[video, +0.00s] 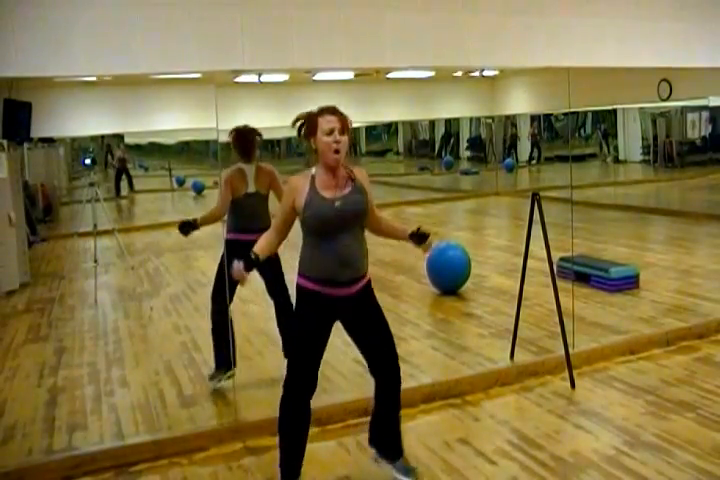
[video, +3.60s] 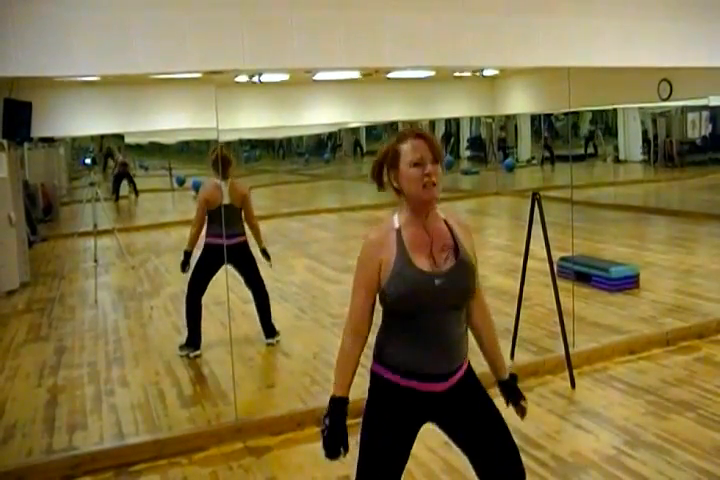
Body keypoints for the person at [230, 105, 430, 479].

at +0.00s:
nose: (337, 139)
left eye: (341, 132)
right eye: (329, 133)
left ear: (348, 138)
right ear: (313, 141)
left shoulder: (358, 177)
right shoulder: (299, 186)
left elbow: (373, 222)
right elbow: (277, 232)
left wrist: (411, 234)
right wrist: (251, 258)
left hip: (358, 293)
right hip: (315, 296)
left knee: (388, 370)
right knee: (299, 386)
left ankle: (386, 446)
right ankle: (289, 473)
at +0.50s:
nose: (347, 163)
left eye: (351, 156)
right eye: (338, 158)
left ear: (357, 163)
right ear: (321, 169)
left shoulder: (368, 209)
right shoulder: (308, 217)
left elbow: (384, 260)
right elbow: (289, 274)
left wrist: (423, 267)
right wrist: (273, 294)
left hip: (368, 325)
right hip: (322, 329)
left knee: (405, 398)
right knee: (302, 417)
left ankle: (411, 473)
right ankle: (287, 478)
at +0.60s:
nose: (351, 179)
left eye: (354, 172)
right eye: (341, 174)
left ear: (361, 179)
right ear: (325, 186)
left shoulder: (374, 225)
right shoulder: (313, 231)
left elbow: (395, 273)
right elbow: (290, 288)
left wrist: (433, 289)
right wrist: (277, 320)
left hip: (369, 335)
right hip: (322, 340)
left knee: (410, 400)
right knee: (300, 423)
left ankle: (411, 472)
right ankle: (286, 477)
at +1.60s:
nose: (368, 179)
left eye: (372, 172)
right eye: (358, 174)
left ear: (379, 180)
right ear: (340, 187)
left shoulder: (394, 228)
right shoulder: (328, 243)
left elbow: (414, 290)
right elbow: (304, 312)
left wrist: (445, 344)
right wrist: (285, 373)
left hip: (393, 353)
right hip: (340, 359)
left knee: (441, 427)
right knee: (312, 452)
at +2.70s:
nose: (403, 194)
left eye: (407, 187)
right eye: (391, 189)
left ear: (415, 196)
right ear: (372, 204)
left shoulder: (431, 249)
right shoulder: (360, 259)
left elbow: (453, 311)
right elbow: (330, 337)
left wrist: (482, 369)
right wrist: (304, 406)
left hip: (421, 377)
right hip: (365, 384)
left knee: (477, 447)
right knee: (337, 475)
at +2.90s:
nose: (407, 172)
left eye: (412, 163)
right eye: (395, 164)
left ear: (419, 170)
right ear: (374, 175)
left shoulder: (434, 218)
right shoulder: (362, 233)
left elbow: (466, 280)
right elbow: (326, 306)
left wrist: (515, 326)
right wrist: (294, 374)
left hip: (433, 367)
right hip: (377, 373)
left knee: (477, 449)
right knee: (347, 471)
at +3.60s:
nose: (429, 171)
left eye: (433, 162)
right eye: (417, 164)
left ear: (440, 170)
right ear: (394, 176)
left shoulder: (459, 230)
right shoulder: (380, 242)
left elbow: (476, 309)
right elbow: (356, 330)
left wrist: (504, 377)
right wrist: (337, 406)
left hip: (458, 386)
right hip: (396, 393)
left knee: (509, 473)